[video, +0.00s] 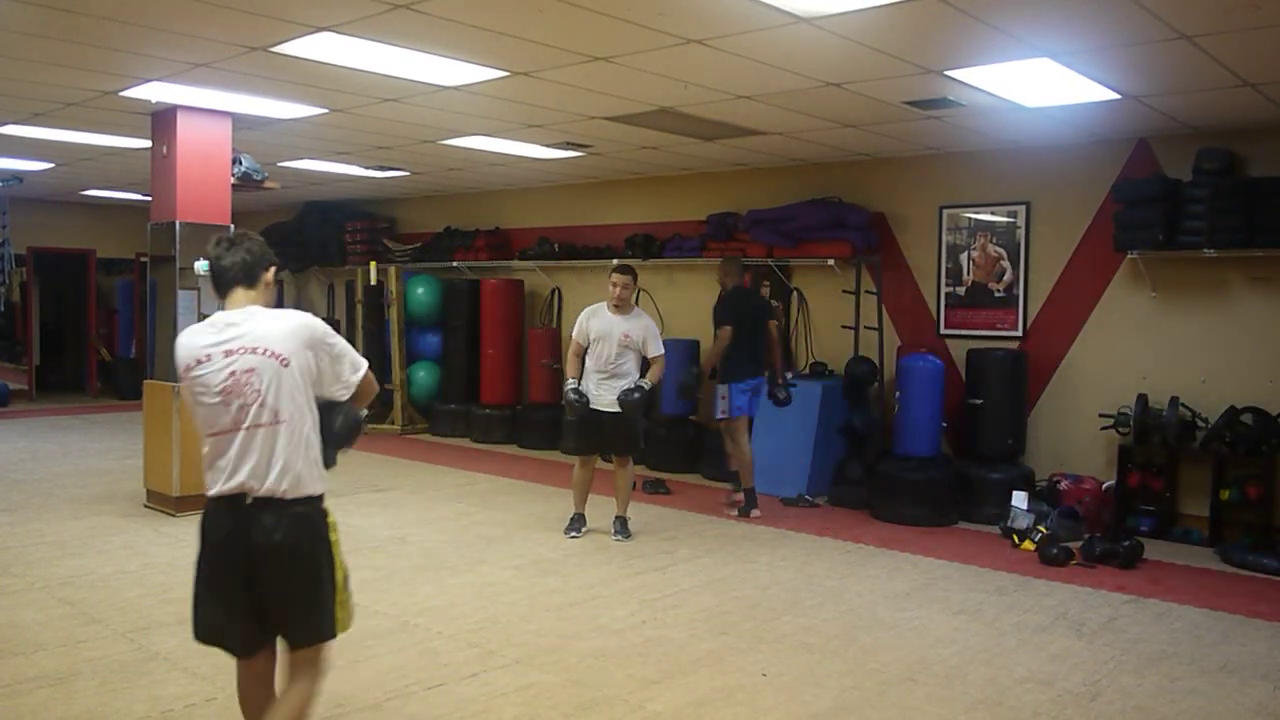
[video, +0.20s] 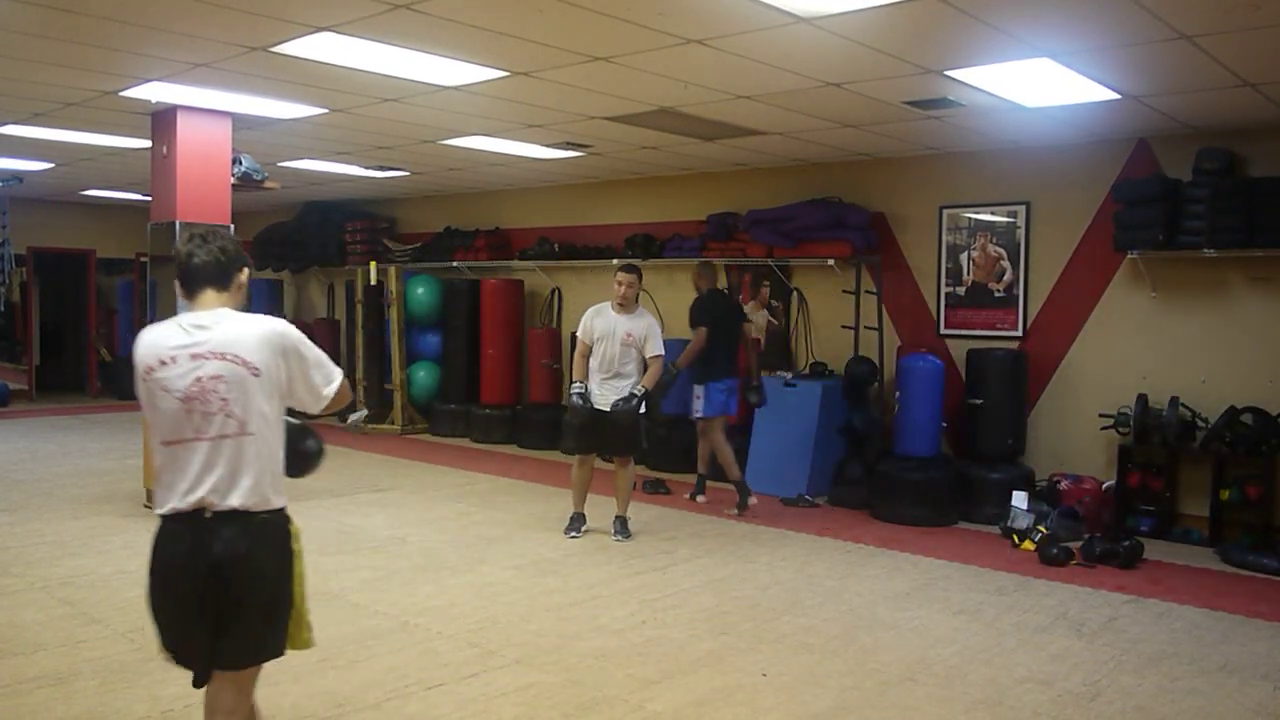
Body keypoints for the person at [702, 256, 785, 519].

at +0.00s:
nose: (718, 278)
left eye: (720, 274)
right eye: (720, 273)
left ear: (725, 275)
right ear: (742, 274)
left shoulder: (726, 301)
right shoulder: (758, 299)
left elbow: (723, 337)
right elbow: (773, 334)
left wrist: (708, 363)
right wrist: (777, 371)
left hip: (734, 376)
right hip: (756, 374)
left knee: (738, 435)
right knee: (734, 430)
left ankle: (750, 500)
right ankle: (740, 485)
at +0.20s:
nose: (694, 283)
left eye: (695, 279)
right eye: (695, 278)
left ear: (699, 280)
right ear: (715, 278)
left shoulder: (701, 303)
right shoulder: (731, 302)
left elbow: (699, 340)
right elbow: (749, 336)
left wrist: (678, 365)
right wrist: (755, 376)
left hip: (707, 377)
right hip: (728, 376)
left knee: (715, 433)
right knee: (705, 430)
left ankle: (742, 490)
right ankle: (700, 486)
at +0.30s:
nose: (679, 281)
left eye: (680, 277)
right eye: (680, 277)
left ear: (687, 277)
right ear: (701, 276)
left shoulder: (691, 300)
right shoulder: (720, 300)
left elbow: (690, 337)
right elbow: (730, 333)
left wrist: (673, 364)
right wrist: (720, 361)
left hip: (693, 374)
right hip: (715, 373)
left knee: (685, 429)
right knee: (700, 429)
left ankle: (722, 476)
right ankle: (699, 487)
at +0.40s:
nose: (665, 282)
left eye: (666, 277)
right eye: (665, 277)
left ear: (674, 277)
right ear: (686, 276)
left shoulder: (679, 300)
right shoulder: (707, 298)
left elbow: (683, 335)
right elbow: (722, 333)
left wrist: (670, 368)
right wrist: (716, 364)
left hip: (685, 373)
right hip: (706, 372)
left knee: (661, 424)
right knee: (694, 425)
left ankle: (688, 468)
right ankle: (698, 484)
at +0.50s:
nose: (647, 282)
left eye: (650, 277)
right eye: (647, 277)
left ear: (662, 276)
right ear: (669, 275)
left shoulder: (668, 299)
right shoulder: (692, 298)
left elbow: (674, 335)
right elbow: (709, 333)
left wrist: (665, 368)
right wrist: (702, 361)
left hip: (672, 372)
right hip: (695, 371)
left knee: (649, 420)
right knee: (691, 424)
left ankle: (654, 478)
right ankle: (698, 484)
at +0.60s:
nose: (636, 283)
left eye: (637, 277)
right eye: (636, 277)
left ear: (646, 277)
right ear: (657, 276)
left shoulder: (655, 302)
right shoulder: (677, 299)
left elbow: (661, 345)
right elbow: (693, 336)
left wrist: (645, 372)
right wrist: (691, 367)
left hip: (662, 371)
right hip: (683, 371)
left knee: (634, 419)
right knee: (682, 424)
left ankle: (621, 479)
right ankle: (697, 484)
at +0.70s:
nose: (620, 284)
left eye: (624, 279)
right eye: (619, 278)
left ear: (632, 278)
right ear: (644, 277)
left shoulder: (628, 304)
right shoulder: (660, 300)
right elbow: (678, 333)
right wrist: (671, 357)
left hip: (636, 371)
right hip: (667, 371)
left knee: (625, 425)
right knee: (663, 425)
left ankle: (621, 481)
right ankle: (690, 476)